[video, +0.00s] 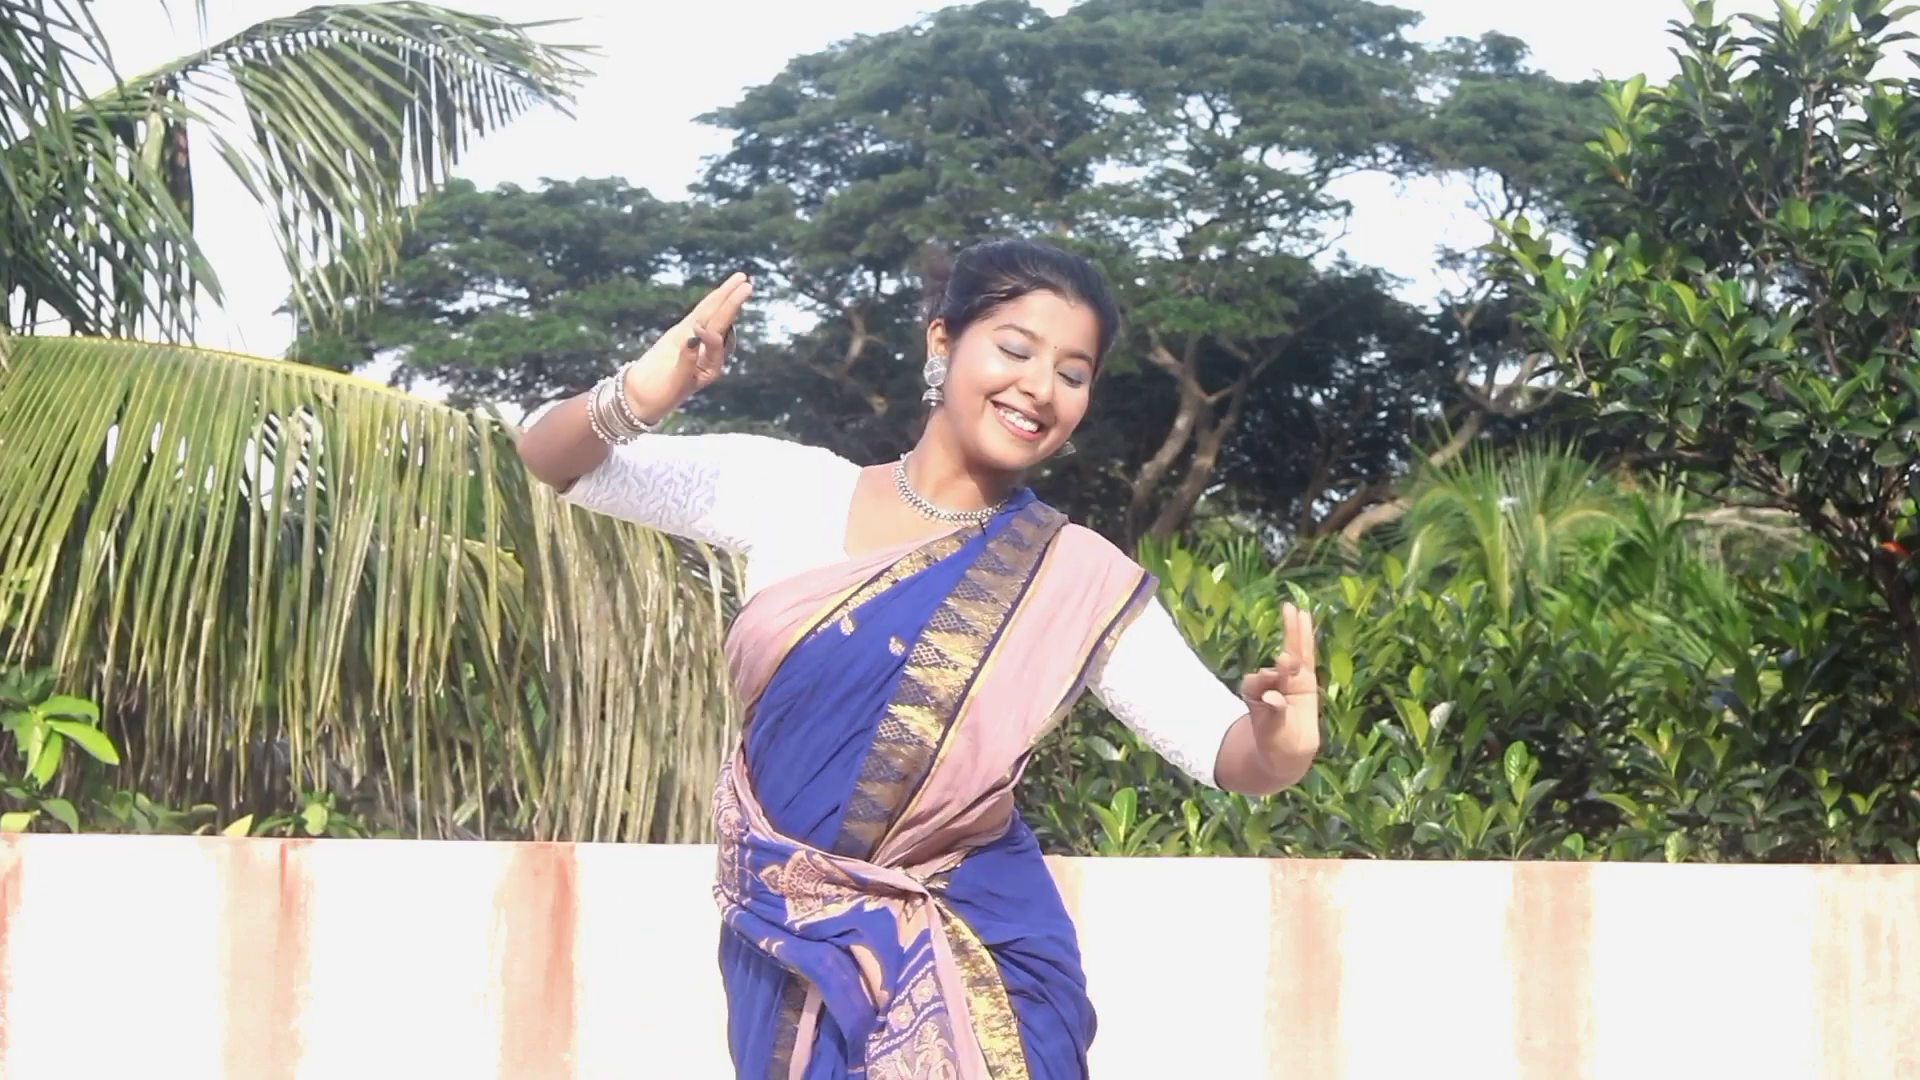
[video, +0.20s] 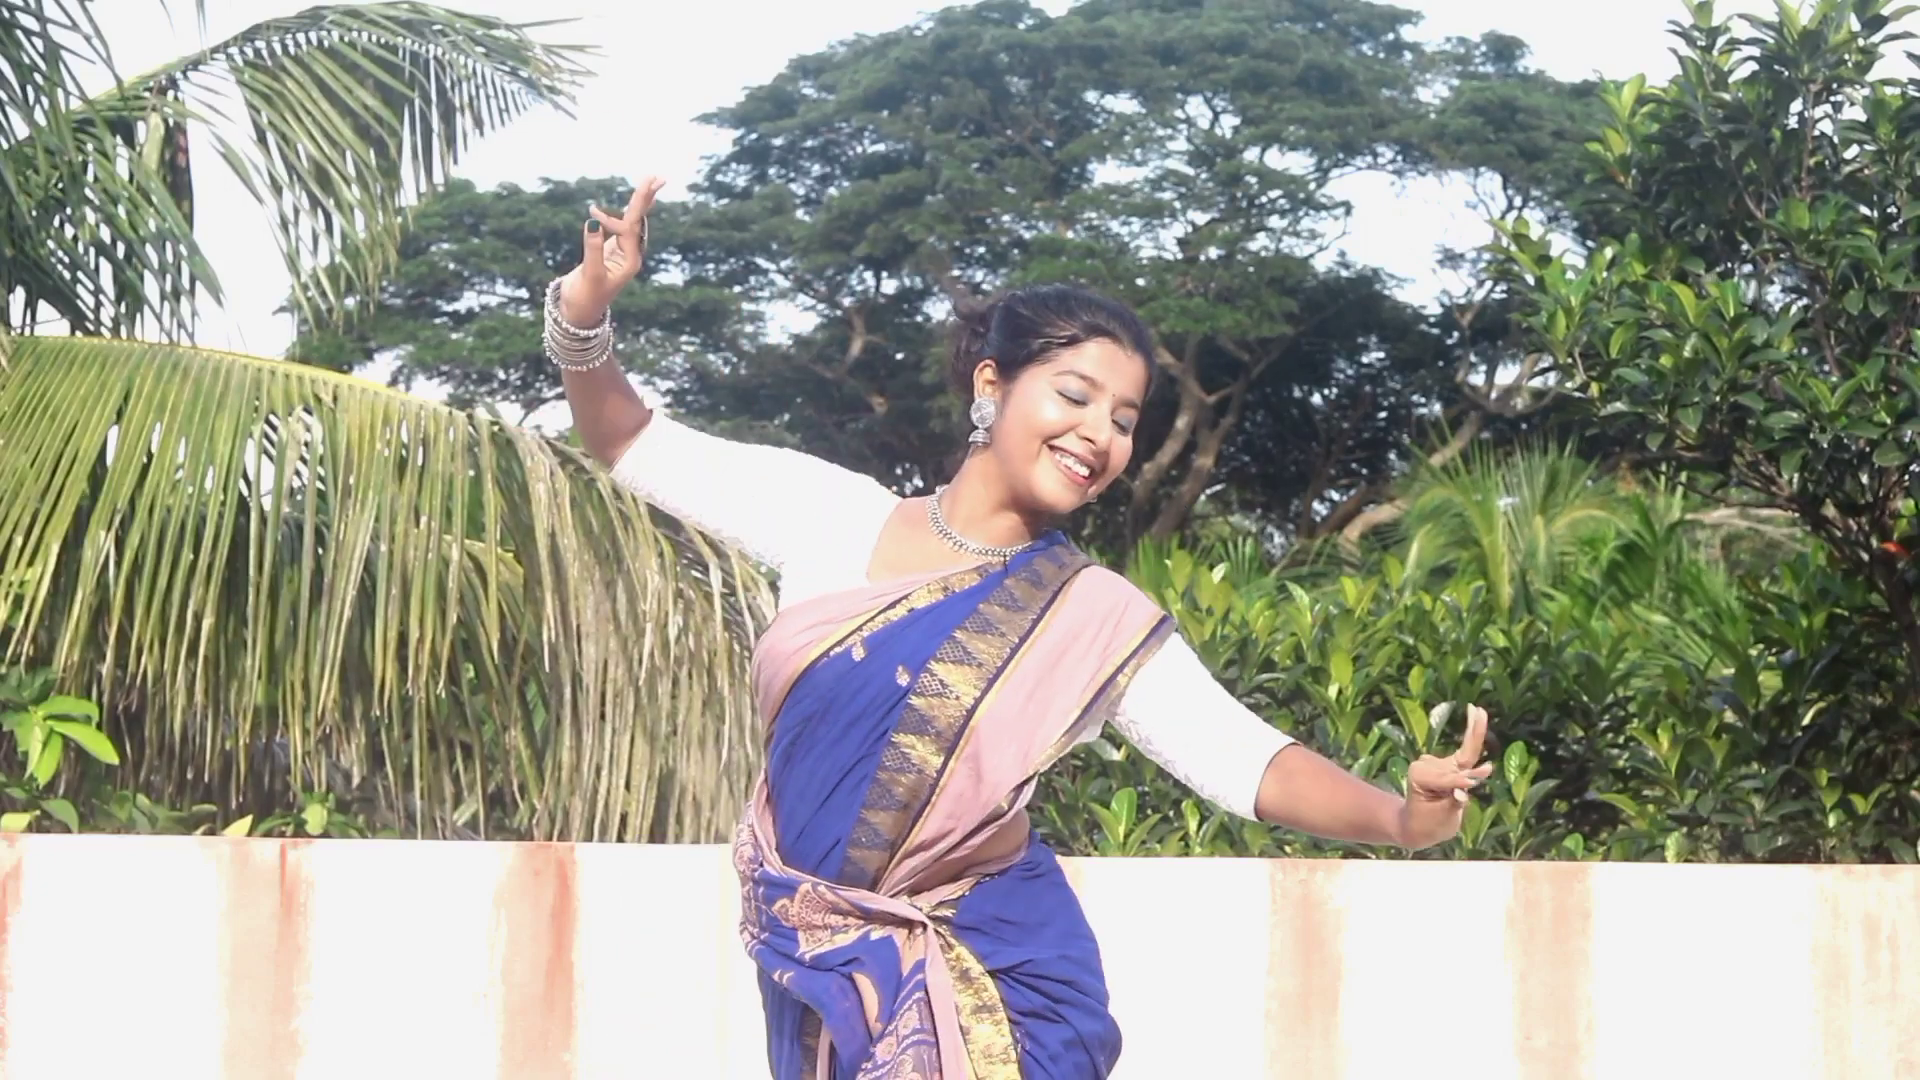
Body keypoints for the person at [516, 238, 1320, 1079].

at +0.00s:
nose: (1040, 386)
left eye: (1071, 372)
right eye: (1014, 348)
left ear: (1084, 406)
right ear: (942, 346)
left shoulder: (1084, 576)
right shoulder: (787, 490)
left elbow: (1226, 752)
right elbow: (546, 455)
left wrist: (1284, 741)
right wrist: (641, 392)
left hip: (978, 944)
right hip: (790, 938)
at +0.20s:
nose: (1097, 436)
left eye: (1122, 422)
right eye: (1073, 395)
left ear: (1130, 450)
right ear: (986, 381)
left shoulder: (1101, 618)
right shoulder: (829, 513)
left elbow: (1242, 757)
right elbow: (635, 446)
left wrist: (1395, 816)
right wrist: (582, 336)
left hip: (991, 975)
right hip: (809, 975)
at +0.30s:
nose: (1119, 449)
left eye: (1144, 439)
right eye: (1097, 409)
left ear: (1145, 474)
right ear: (1010, 404)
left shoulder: (1114, 633)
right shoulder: (854, 520)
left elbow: (1267, 767)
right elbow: (665, 430)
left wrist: (1451, 839)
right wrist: (565, 282)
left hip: (1002, 990)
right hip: (823, 988)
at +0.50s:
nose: (1131, 453)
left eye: (1157, 441)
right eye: (1110, 413)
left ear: (1163, 471)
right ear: (1021, 398)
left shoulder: (1116, 624)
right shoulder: (863, 517)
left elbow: (1296, 750)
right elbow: (675, 386)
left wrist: (1493, 848)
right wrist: (527, 222)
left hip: (1004, 985)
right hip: (831, 986)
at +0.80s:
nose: (1104, 405)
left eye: (1129, 389)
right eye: (1077, 366)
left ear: (1135, 423)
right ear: (993, 370)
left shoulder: (1117, 589)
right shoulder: (842, 495)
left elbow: (1291, 704)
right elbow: (653, 384)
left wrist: (1484, 771)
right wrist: (503, 250)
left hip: (1007, 965)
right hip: (824, 966)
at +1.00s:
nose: (1057, 362)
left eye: (1083, 339)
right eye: (1023, 331)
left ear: (1103, 368)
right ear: (955, 348)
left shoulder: (1113, 557)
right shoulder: (824, 474)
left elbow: (1273, 652)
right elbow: (605, 429)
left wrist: (1378, 665)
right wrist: (627, 413)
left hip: (1008, 909)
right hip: (818, 909)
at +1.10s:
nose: (1017, 352)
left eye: (1042, 324)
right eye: (979, 326)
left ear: (1071, 349)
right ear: (918, 353)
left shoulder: (1104, 544)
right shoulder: (833, 484)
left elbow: (1331, 644)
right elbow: (631, 464)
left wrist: (1296, 619)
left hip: (1010, 918)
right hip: (822, 912)